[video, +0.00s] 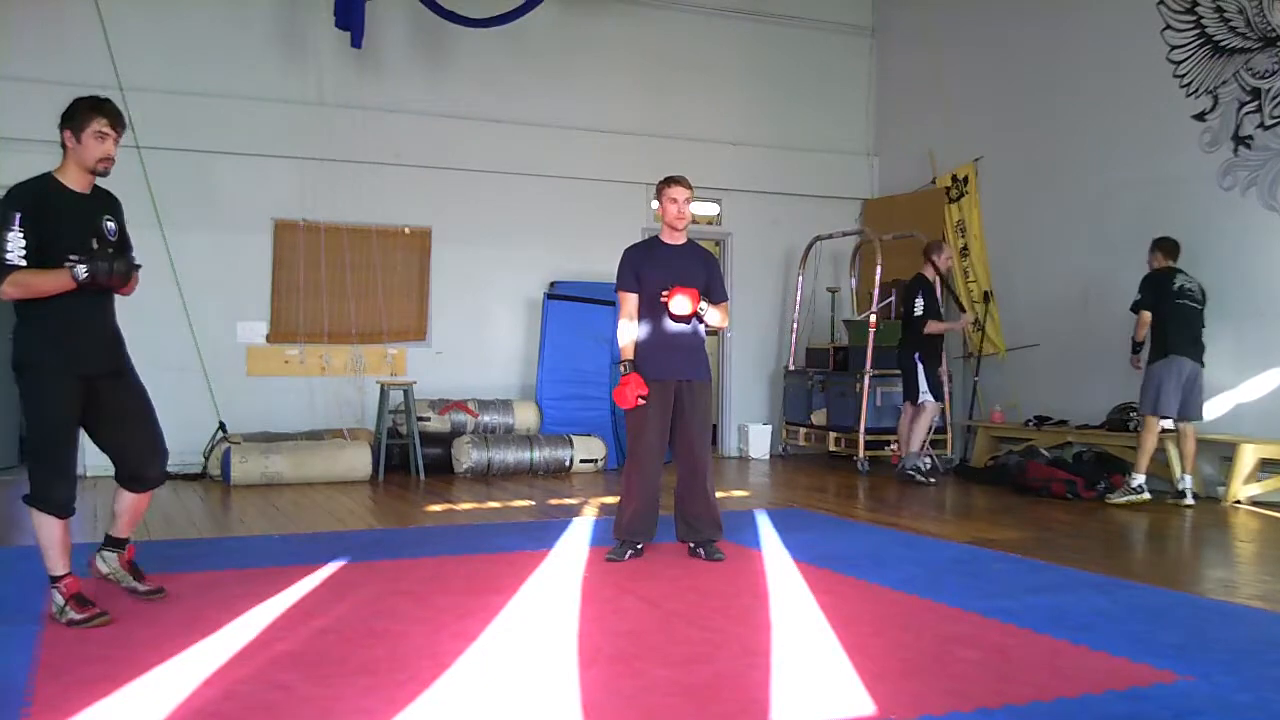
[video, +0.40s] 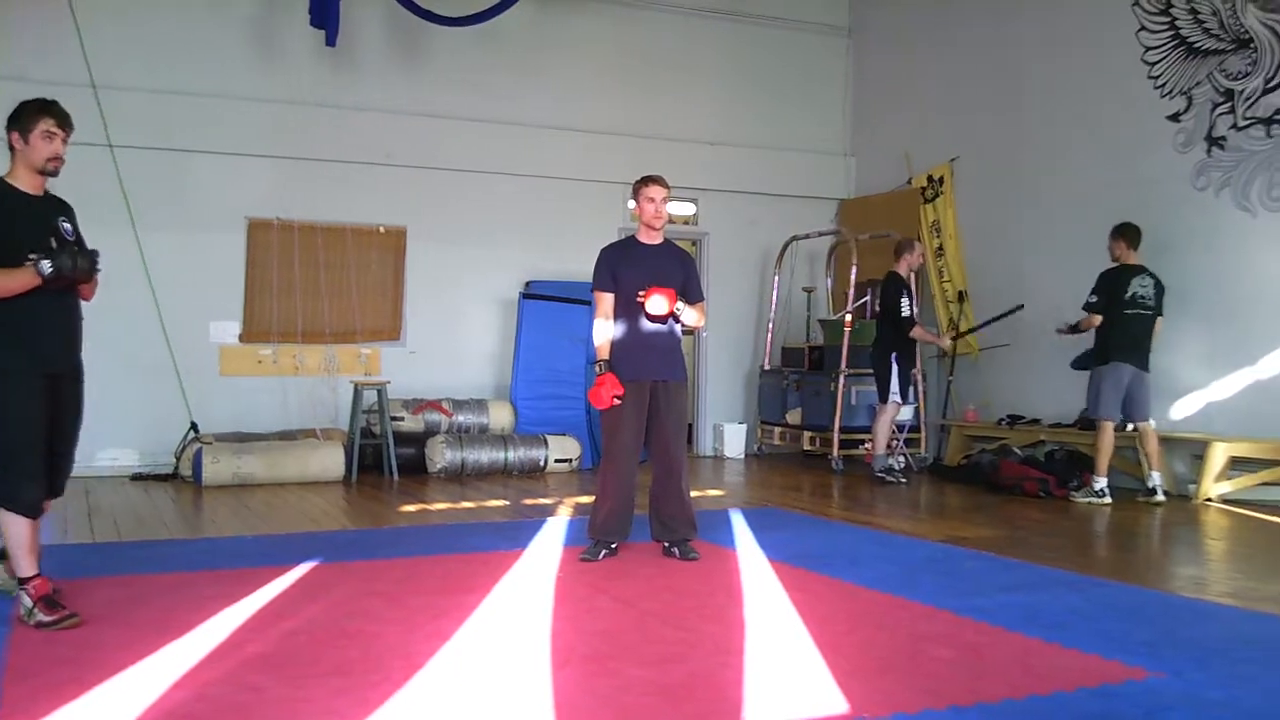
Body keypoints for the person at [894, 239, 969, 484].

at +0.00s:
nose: (951, 264)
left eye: (951, 259)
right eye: (948, 259)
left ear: (932, 259)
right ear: (933, 259)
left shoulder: (928, 284)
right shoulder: (920, 285)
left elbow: (932, 330)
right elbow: (922, 326)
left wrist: (941, 362)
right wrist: (958, 325)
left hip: (918, 353)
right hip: (917, 353)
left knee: (909, 408)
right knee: (930, 405)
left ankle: (906, 460)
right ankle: (911, 459)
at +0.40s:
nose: (921, 260)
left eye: (921, 255)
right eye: (919, 255)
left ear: (903, 257)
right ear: (907, 257)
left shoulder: (895, 282)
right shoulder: (898, 284)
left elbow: (903, 325)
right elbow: (909, 327)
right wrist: (938, 340)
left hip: (889, 351)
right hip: (892, 353)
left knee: (886, 406)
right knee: (892, 406)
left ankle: (880, 460)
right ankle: (880, 462)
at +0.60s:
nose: (905, 257)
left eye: (905, 252)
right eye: (903, 253)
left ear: (887, 255)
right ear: (891, 255)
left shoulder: (880, 280)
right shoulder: (881, 282)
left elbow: (897, 320)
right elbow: (899, 322)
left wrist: (919, 303)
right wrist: (922, 305)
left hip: (875, 350)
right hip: (877, 352)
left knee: (874, 405)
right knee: (879, 404)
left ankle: (869, 459)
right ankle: (868, 461)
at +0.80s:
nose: (920, 257)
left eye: (919, 253)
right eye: (917, 253)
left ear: (901, 255)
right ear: (905, 255)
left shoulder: (891, 280)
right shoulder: (898, 283)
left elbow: (915, 316)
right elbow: (924, 318)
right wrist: (939, 300)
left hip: (889, 349)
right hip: (895, 351)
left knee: (891, 406)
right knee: (895, 404)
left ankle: (886, 460)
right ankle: (884, 462)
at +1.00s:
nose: (937, 258)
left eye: (937, 254)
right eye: (934, 254)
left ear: (918, 257)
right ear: (921, 257)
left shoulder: (910, 283)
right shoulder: (914, 285)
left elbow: (930, 320)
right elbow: (936, 321)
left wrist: (963, 317)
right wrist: (970, 316)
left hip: (911, 353)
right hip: (912, 355)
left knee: (911, 408)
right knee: (912, 408)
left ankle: (904, 462)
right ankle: (903, 465)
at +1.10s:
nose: (937, 259)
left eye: (936, 254)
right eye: (933, 254)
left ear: (918, 257)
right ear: (919, 257)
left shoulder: (911, 283)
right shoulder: (913, 285)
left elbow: (931, 321)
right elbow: (932, 323)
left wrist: (963, 328)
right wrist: (967, 329)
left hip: (913, 354)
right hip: (911, 355)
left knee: (912, 408)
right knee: (913, 408)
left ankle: (903, 462)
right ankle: (902, 465)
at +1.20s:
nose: (936, 259)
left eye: (936, 254)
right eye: (933, 255)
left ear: (919, 258)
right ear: (920, 257)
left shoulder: (910, 284)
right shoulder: (912, 285)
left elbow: (919, 325)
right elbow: (927, 325)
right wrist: (962, 335)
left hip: (912, 353)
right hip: (912, 355)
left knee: (908, 408)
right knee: (914, 407)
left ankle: (904, 462)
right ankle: (903, 465)